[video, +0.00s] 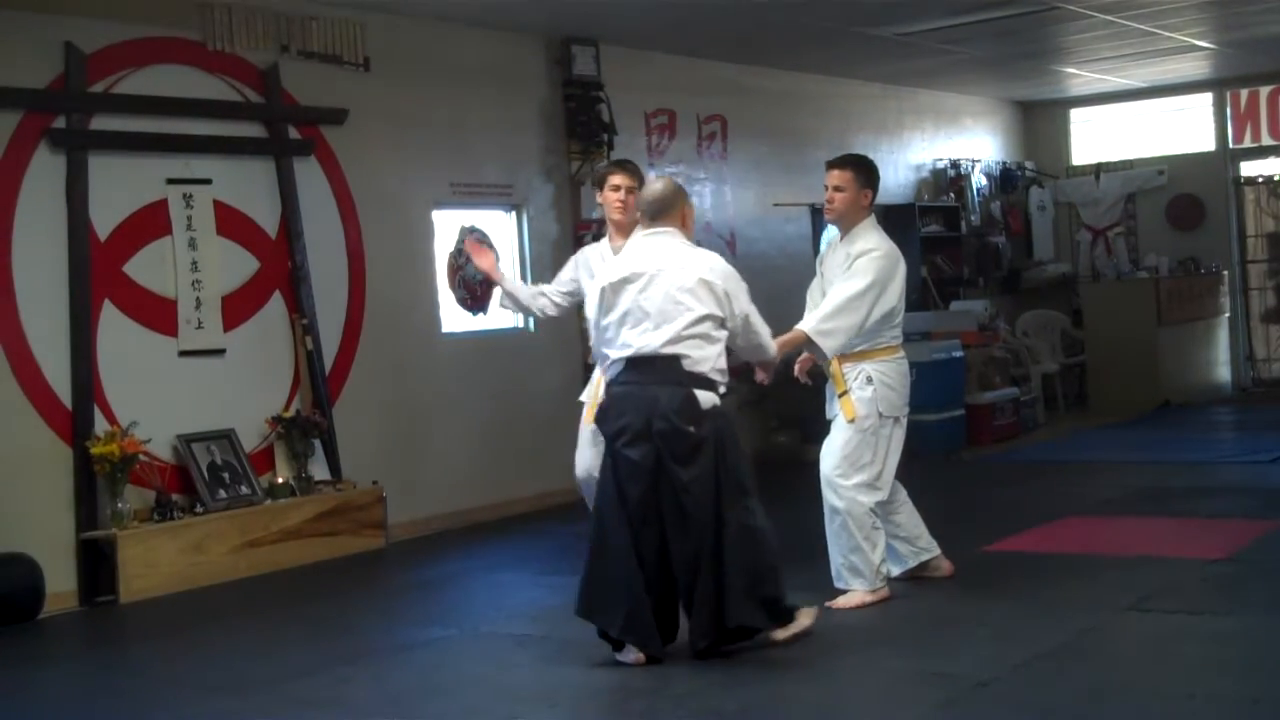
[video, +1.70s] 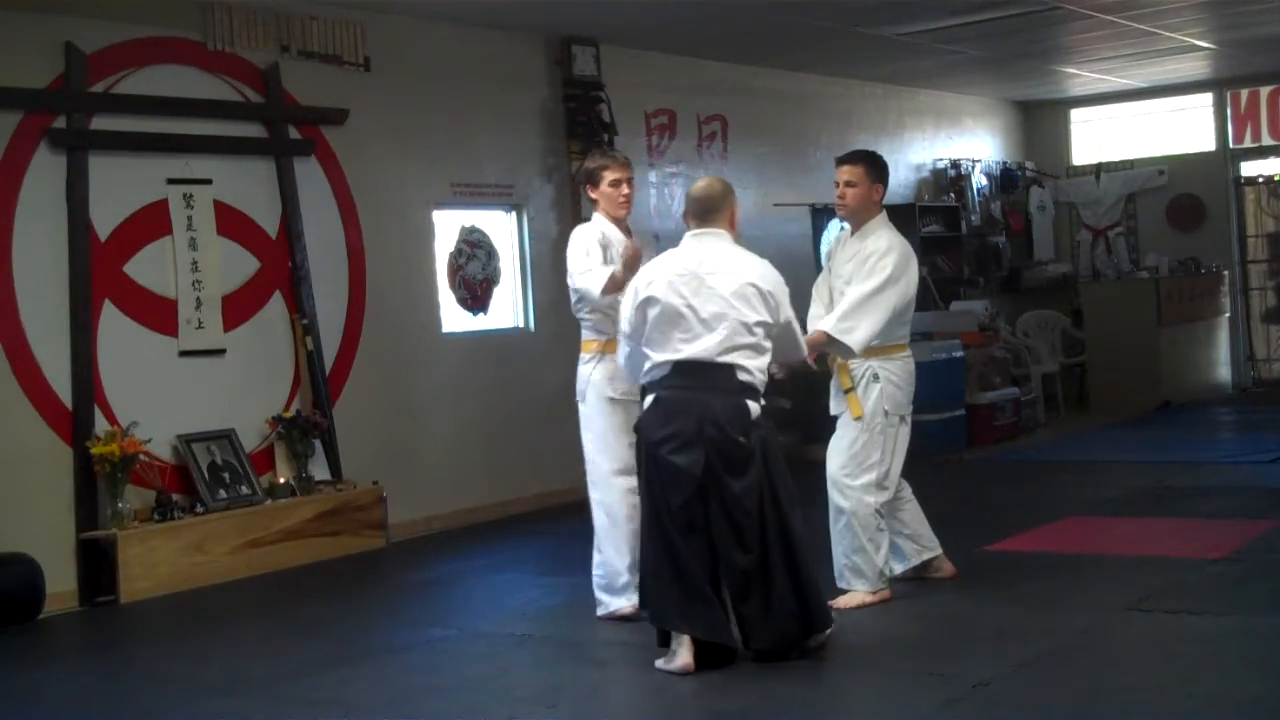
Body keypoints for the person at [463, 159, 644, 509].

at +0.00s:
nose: (622, 197)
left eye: (631, 191)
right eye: (614, 189)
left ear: (642, 200)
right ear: (600, 197)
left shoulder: (657, 249)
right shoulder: (588, 259)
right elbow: (548, 303)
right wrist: (496, 273)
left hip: (659, 372)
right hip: (608, 373)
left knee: (650, 469)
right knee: (588, 468)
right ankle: (620, 552)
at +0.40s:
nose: (635, 195)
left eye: (639, 188)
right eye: (626, 187)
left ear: (643, 196)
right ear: (601, 194)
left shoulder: (663, 253)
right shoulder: (584, 247)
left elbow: (688, 307)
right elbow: (533, 260)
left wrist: (672, 318)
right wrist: (503, 208)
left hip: (658, 373)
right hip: (609, 373)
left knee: (654, 479)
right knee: (627, 477)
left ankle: (652, 591)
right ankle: (614, 596)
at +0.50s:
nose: (634, 193)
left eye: (638, 186)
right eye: (624, 185)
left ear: (642, 194)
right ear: (600, 192)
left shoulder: (650, 247)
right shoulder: (590, 240)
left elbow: (676, 302)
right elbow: (553, 253)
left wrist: (671, 320)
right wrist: (545, 196)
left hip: (649, 373)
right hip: (608, 375)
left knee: (652, 480)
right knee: (633, 483)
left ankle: (646, 590)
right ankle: (616, 597)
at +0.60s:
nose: (632, 190)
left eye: (635, 183)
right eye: (622, 182)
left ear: (638, 192)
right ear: (600, 189)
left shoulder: (634, 248)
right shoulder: (593, 244)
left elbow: (661, 297)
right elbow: (591, 231)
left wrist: (669, 316)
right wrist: (593, 182)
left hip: (640, 371)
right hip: (606, 372)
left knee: (660, 473)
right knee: (636, 478)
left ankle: (643, 585)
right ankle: (616, 595)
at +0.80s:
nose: (633, 186)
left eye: (633, 179)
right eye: (623, 178)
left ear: (616, 186)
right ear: (595, 184)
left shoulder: (609, 228)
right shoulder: (599, 226)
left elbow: (631, 300)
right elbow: (636, 248)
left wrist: (662, 315)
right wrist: (666, 200)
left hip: (614, 366)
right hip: (614, 369)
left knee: (625, 478)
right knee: (648, 474)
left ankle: (607, 577)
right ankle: (617, 594)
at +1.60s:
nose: (628, 190)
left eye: (629, 182)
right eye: (618, 183)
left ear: (628, 189)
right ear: (591, 191)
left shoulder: (618, 236)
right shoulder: (590, 234)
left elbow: (635, 313)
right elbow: (616, 262)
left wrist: (652, 355)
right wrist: (640, 230)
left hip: (634, 370)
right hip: (608, 372)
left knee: (642, 485)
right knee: (627, 488)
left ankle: (639, 580)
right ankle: (618, 597)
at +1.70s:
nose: (626, 191)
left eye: (628, 183)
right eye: (616, 185)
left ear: (630, 188)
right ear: (592, 192)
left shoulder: (628, 239)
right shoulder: (586, 236)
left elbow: (640, 298)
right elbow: (595, 290)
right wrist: (627, 269)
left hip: (635, 364)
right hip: (603, 367)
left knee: (634, 478)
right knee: (614, 482)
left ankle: (632, 588)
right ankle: (615, 593)